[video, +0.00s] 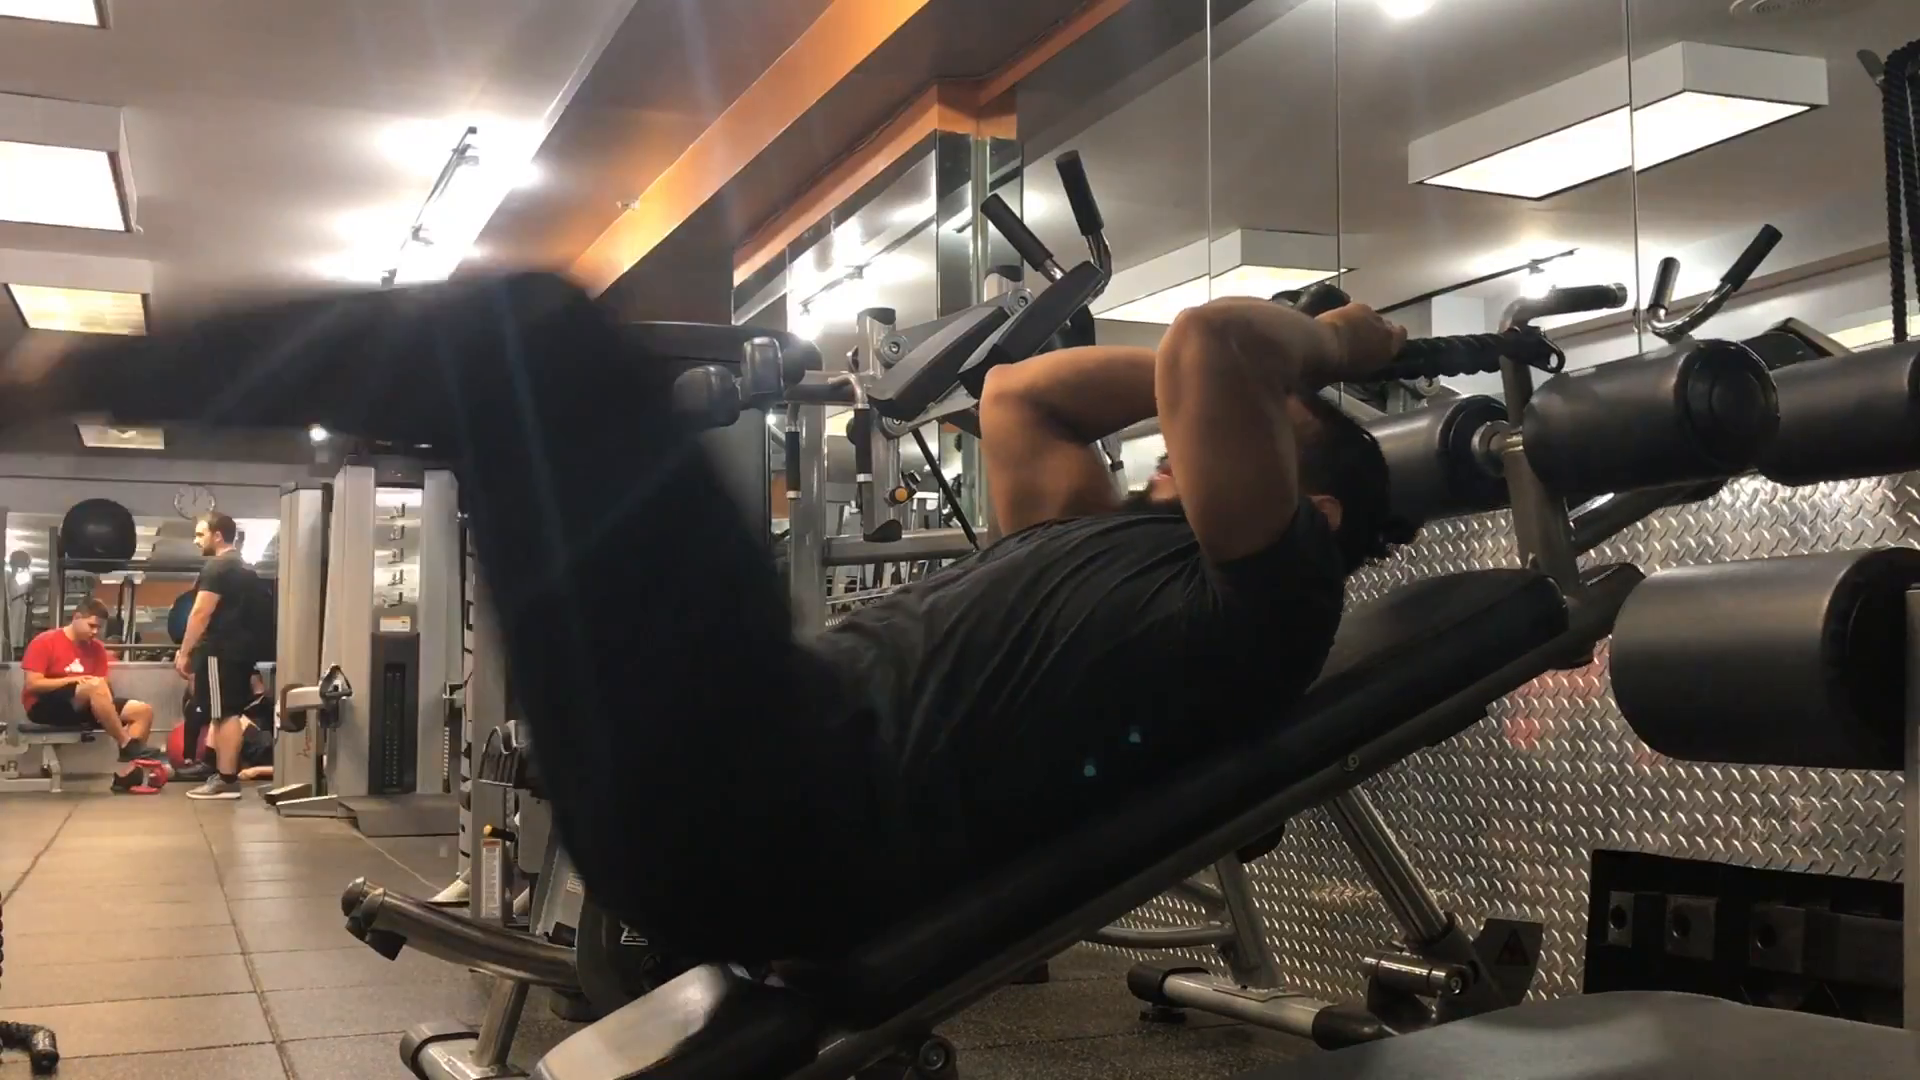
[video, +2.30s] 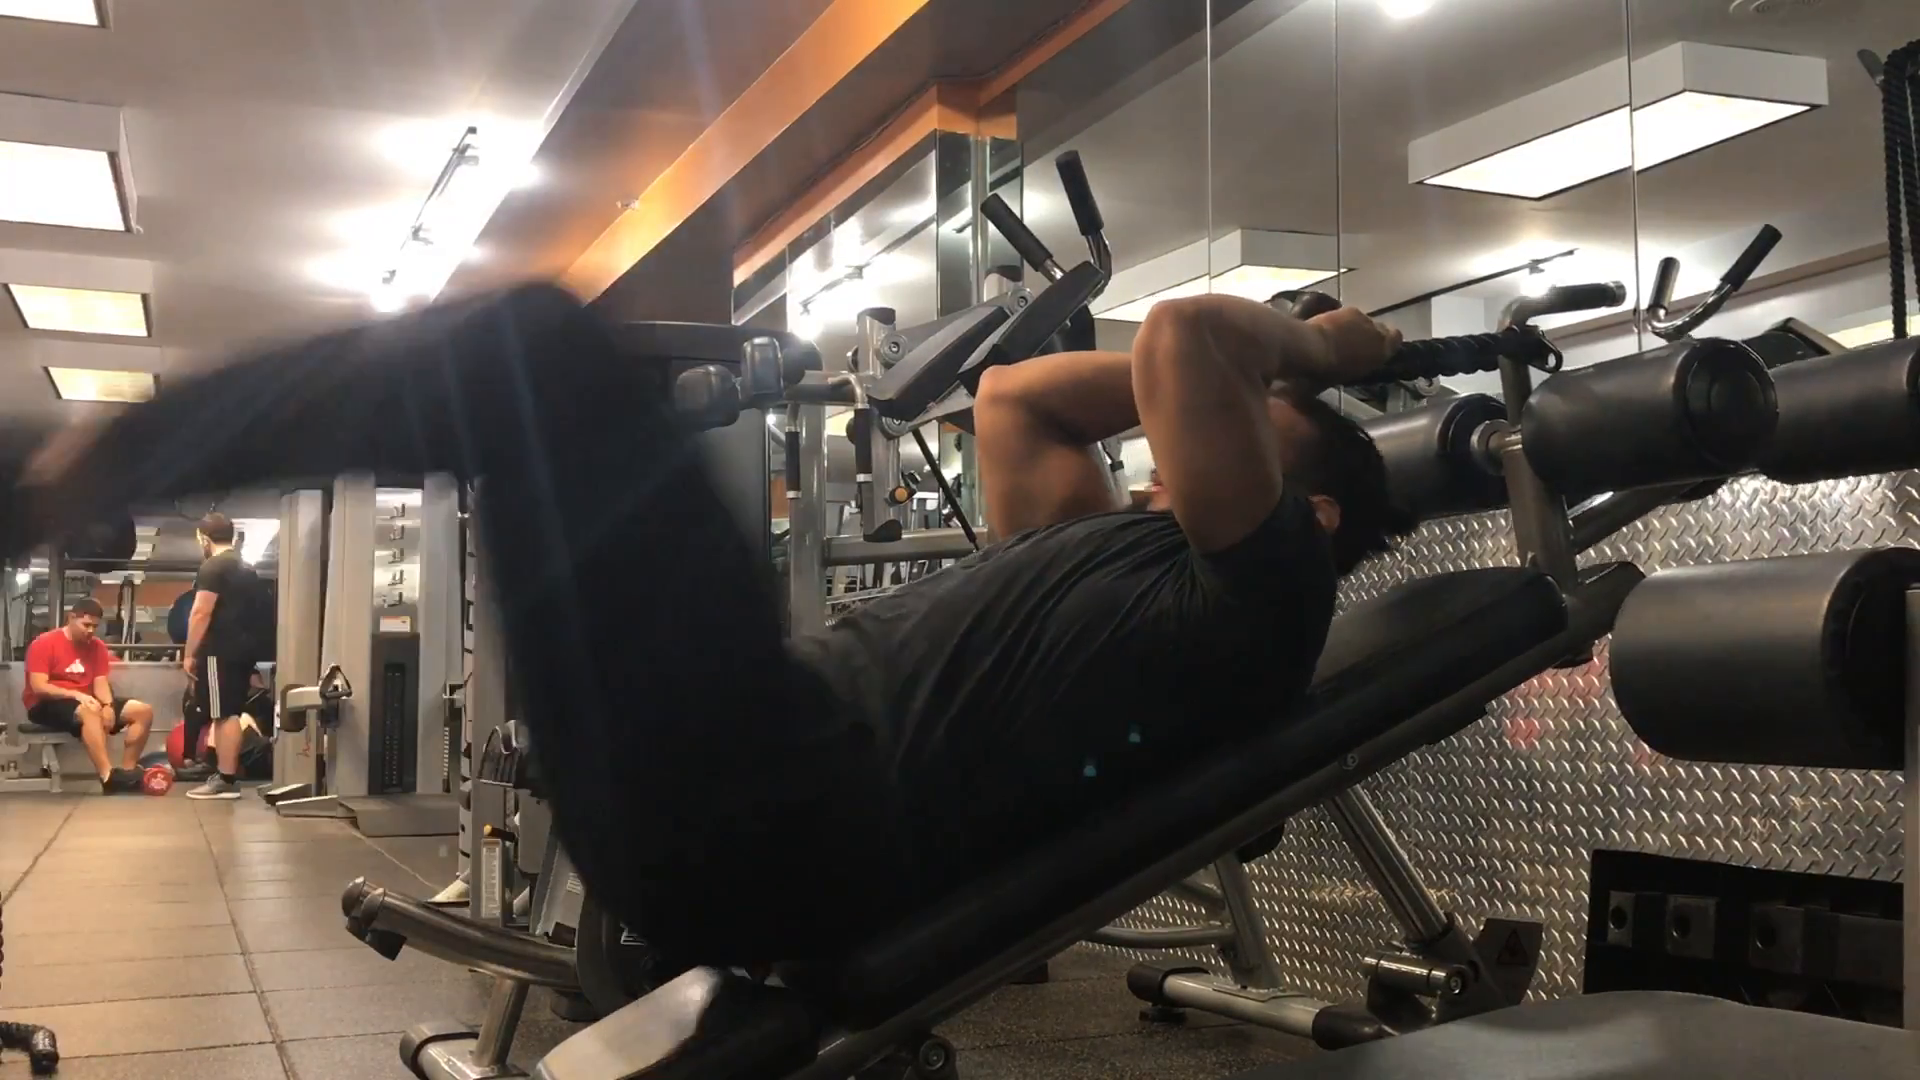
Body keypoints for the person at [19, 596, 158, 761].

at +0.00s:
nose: (95, 632)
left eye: (98, 628)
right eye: (91, 626)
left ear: (101, 627)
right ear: (76, 617)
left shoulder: (97, 648)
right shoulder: (44, 642)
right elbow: (33, 684)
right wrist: (72, 680)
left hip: (85, 706)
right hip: (45, 707)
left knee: (143, 711)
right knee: (96, 685)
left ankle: (125, 774)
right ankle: (125, 743)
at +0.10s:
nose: (94, 631)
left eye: (98, 627)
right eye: (91, 625)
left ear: (101, 626)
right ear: (76, 617)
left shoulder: (97, 648)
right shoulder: (44, 642)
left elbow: (102, 685)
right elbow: (33, 684)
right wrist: (73, 679)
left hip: (85, 705)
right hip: (45, 707)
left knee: (143, 711)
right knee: (96, 686)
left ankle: (125, 774)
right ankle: (118, 745)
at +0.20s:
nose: (95, 631)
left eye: (98, 627)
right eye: (91, 624)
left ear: (101, 626)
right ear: (76, 616)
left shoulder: (97, 648)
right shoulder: (44, 642)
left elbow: (102, 683)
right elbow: (34, 684)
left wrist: (110, 709)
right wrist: (79, 680)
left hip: (85, 704)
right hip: (45, 707)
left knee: (144, 712)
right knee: (95, 687)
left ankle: (124, 775)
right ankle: (110, 747)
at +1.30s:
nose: (96, 632)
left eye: (100, 628)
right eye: (93, 625)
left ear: (103, 627)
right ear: (79, 617)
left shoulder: (99, 647)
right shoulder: (47, 642)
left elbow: (102, 684)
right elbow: (39, 684)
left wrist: (109, 705)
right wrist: (75, 697)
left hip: (86, 702)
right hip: (47, 705)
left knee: (144, 711)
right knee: (88, 714)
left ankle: (128, 774)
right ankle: (110, 776)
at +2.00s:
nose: (92, 632)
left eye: (96, 628)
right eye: (88, 627)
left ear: (100, 626)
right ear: (74, 617)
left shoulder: (98, 646)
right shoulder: (45, 644)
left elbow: (101, 684)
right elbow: (38, 687)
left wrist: (108, 706)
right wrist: (77, 696)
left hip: (85, 703)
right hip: (47, 706)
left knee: (143, 711)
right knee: (90, 712)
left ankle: (129, 773)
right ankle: (107, 777)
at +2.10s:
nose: (91, 632)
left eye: (95, 627)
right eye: (87, 626)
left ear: (99, 625)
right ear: (73, 618)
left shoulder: (97, 647)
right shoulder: (45, 643)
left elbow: (101, 683)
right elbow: (38, 687)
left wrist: (106, 708)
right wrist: (77, 695)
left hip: (82, 704)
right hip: (44, 704)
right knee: (88, 712)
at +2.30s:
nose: (90, 631)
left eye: (95, 626)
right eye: (86, 625)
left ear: (98, 625)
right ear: (71, 618)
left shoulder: (97, 647)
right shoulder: (44, 644)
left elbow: (101, 684)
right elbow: (38, 686)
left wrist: (108, 706)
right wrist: (78, 695)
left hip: (85, 702)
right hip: (47, 705)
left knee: (143, 712)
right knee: (90, 714)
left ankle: (129, 773)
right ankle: (108, 777)